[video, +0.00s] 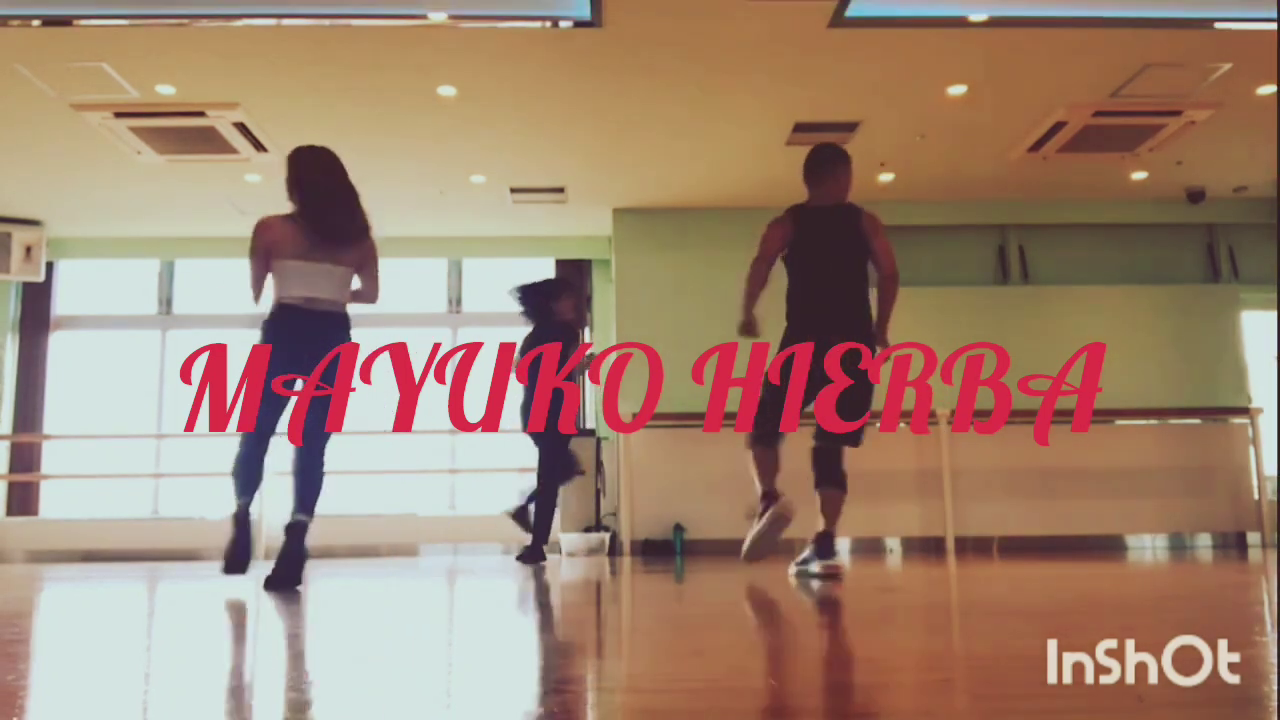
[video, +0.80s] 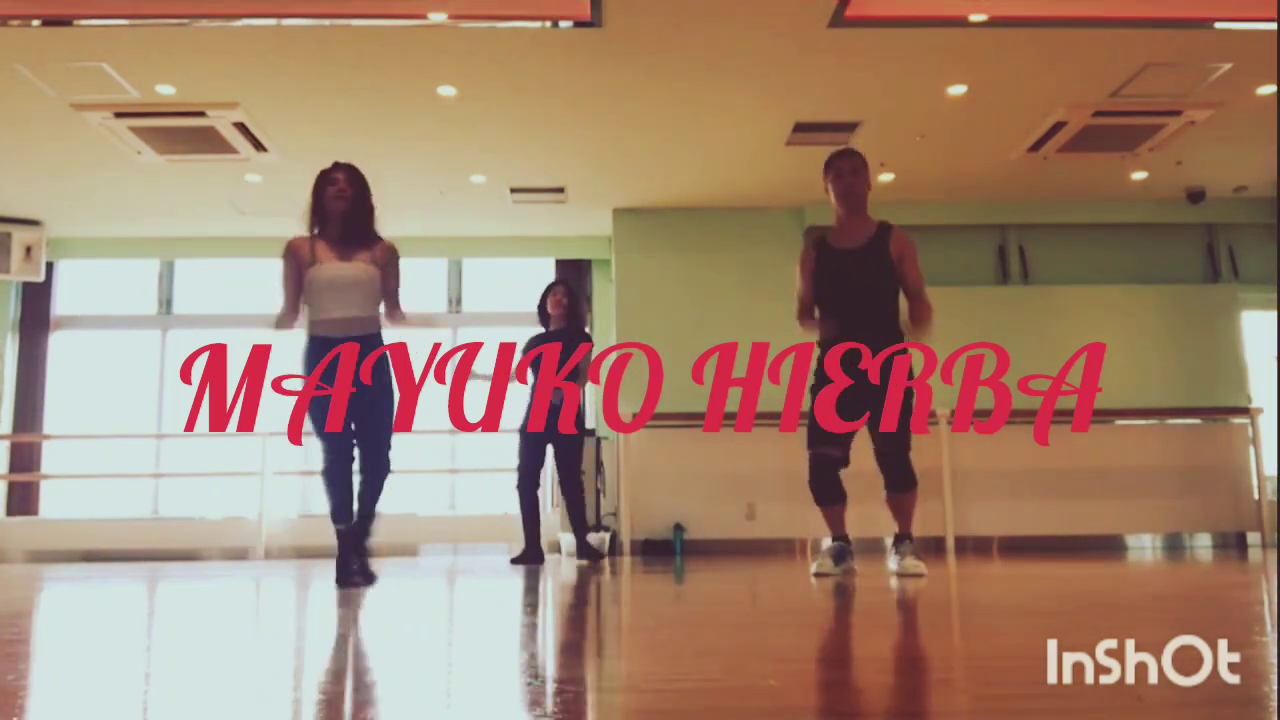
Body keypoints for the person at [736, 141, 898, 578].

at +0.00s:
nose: (849, 183)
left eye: (845, 174)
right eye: (848, 175)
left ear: (806, 178)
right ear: (845, 177)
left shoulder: (790, 221)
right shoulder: (866, 221)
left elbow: (762, 263)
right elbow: (889, 274)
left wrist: (747, 312)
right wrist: (882, 327)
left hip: (803, 344)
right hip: (852, 347)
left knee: (763, 428)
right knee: (830, 445)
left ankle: (769, 499)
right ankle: (826, 544)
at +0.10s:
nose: (866, 178)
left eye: (865, 170)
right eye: (860, 170)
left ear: (822, 175)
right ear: (838, 172)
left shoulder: (795, 220)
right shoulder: (862, 215)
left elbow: (757, 271)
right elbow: (877, 269)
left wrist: (741, 325)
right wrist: (878, 321)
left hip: (800, 344)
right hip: (846, 346)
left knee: (807, 433)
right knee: (840, 448)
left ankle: (786, 520)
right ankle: (804, 533)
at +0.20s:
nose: (879, 178)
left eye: (879, 170)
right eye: (872, 169)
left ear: (838, 177)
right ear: (844, 173)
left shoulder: (810, 225)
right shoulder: (858, 216)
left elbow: (768, 281)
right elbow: (859, 275)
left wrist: (757, 334)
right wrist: (878, 333)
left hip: (803, 351)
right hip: (835, 351)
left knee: (845, 442)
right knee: (848, 449)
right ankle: (787, 537)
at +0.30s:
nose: (876, 179)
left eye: (879, 171)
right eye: (866, 171)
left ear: (880, 176)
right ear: (842, 177)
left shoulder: (847, 225)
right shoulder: (837, 225)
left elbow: (806, 284)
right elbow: (826, 286)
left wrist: (786, 336)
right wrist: (871, 333)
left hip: (842, 354)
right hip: (833, 355)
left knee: (865, 446)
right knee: (854, 446)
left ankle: (872, 536)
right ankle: (802, 535)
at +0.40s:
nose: (866, 168)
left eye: (870, 160)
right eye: (857, 160)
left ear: (876, 166)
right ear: (837, 165)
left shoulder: (867, 224)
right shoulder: (817, 217)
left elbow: (860, 285)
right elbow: (793, 277)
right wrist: (840, 315)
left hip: (863, 348)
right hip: (825, 348)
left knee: (887, 442)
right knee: (828, 445)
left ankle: (880, 533)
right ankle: (826, 539)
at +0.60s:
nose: (848, 165)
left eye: (854, 156)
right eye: (838, 158)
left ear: (865, 161)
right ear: (824, 164)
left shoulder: (883, 219)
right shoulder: (805, 220)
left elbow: (912, 275)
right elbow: (782, 277)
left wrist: (945, 323)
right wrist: (796, 308)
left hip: (877, 340)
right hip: (826, 343)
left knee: (905, 440)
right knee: (823, 446)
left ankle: (903, 531)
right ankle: (829, 540)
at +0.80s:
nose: (849, 182)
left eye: (856, 173)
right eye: (840, 175)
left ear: (870, 181)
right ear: (827, 186)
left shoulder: (894, 239)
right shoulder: (816, 244)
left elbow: (919, 301)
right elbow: (803, 311)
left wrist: (915, 327)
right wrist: (820, 322)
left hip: (886, 361)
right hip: (835, 363)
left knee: (894, 457)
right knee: (822, 461)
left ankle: (904, 543)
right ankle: (838, 544)